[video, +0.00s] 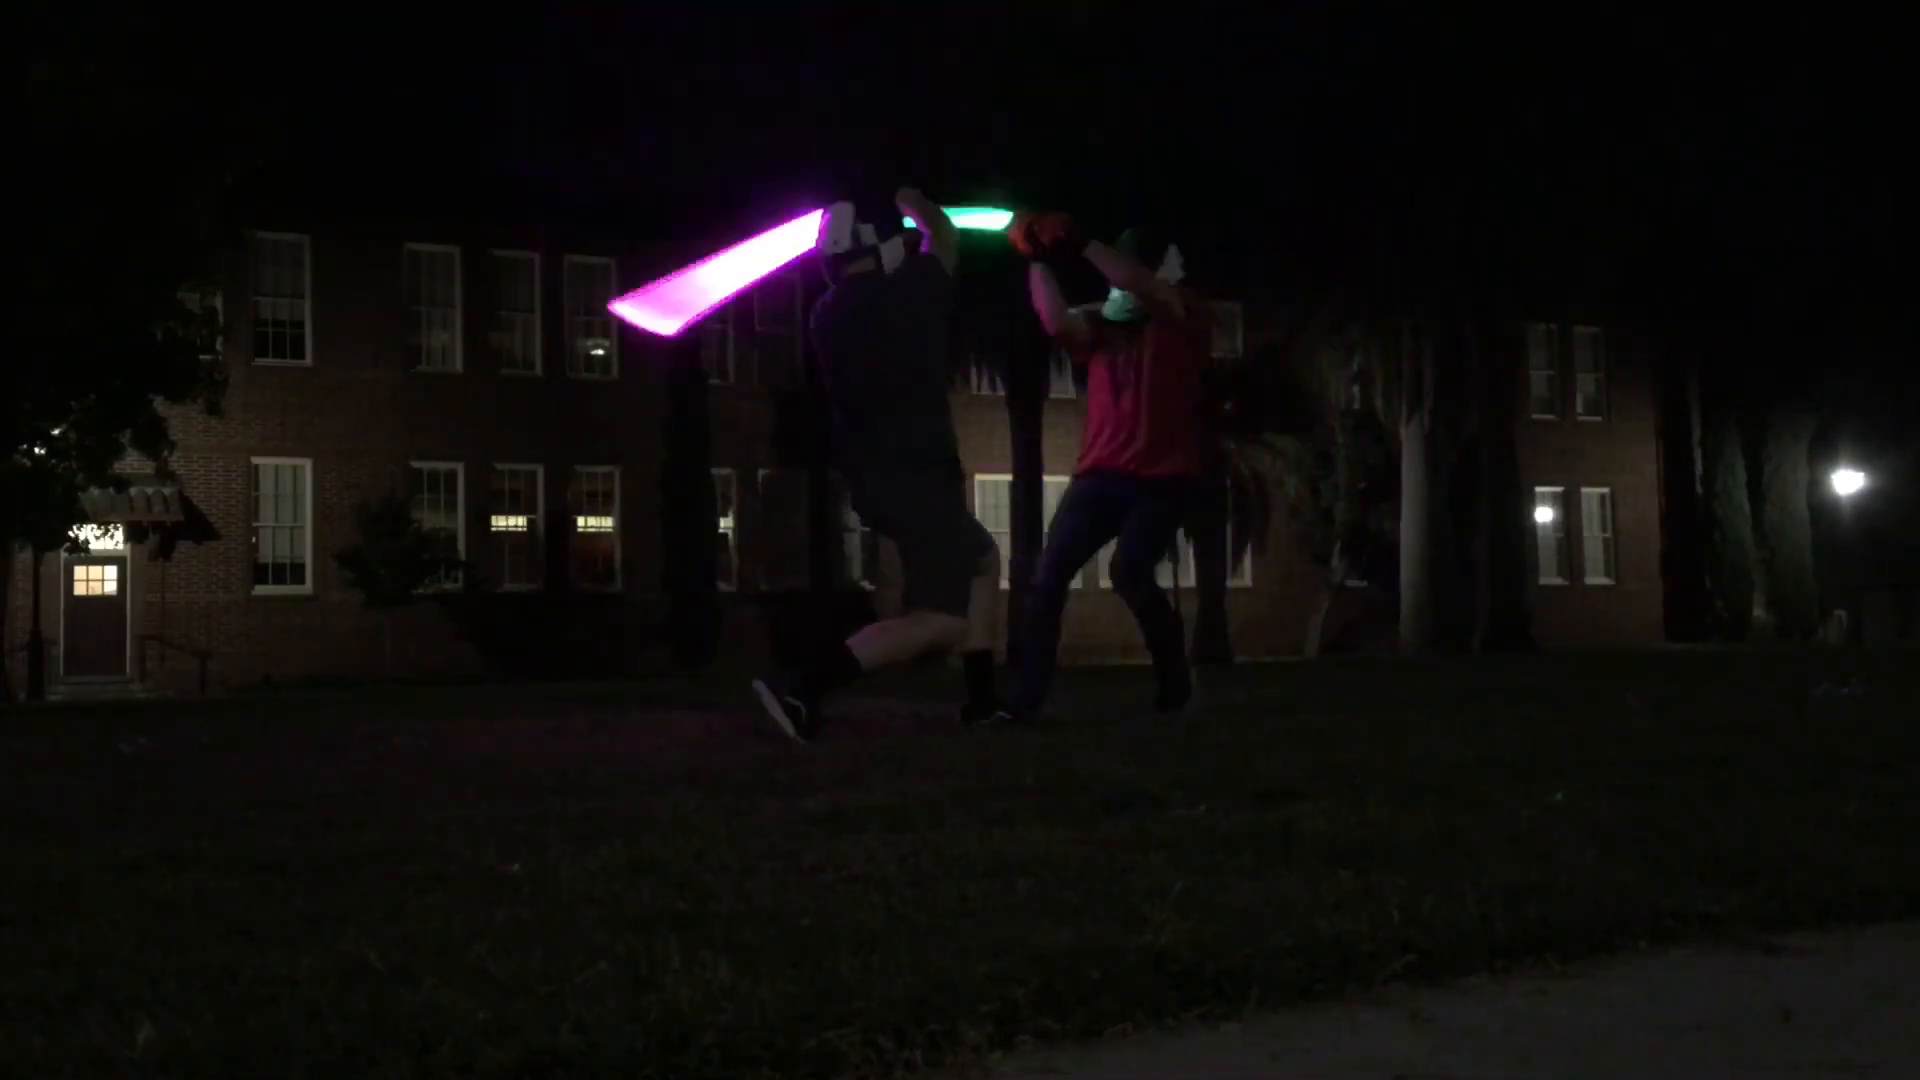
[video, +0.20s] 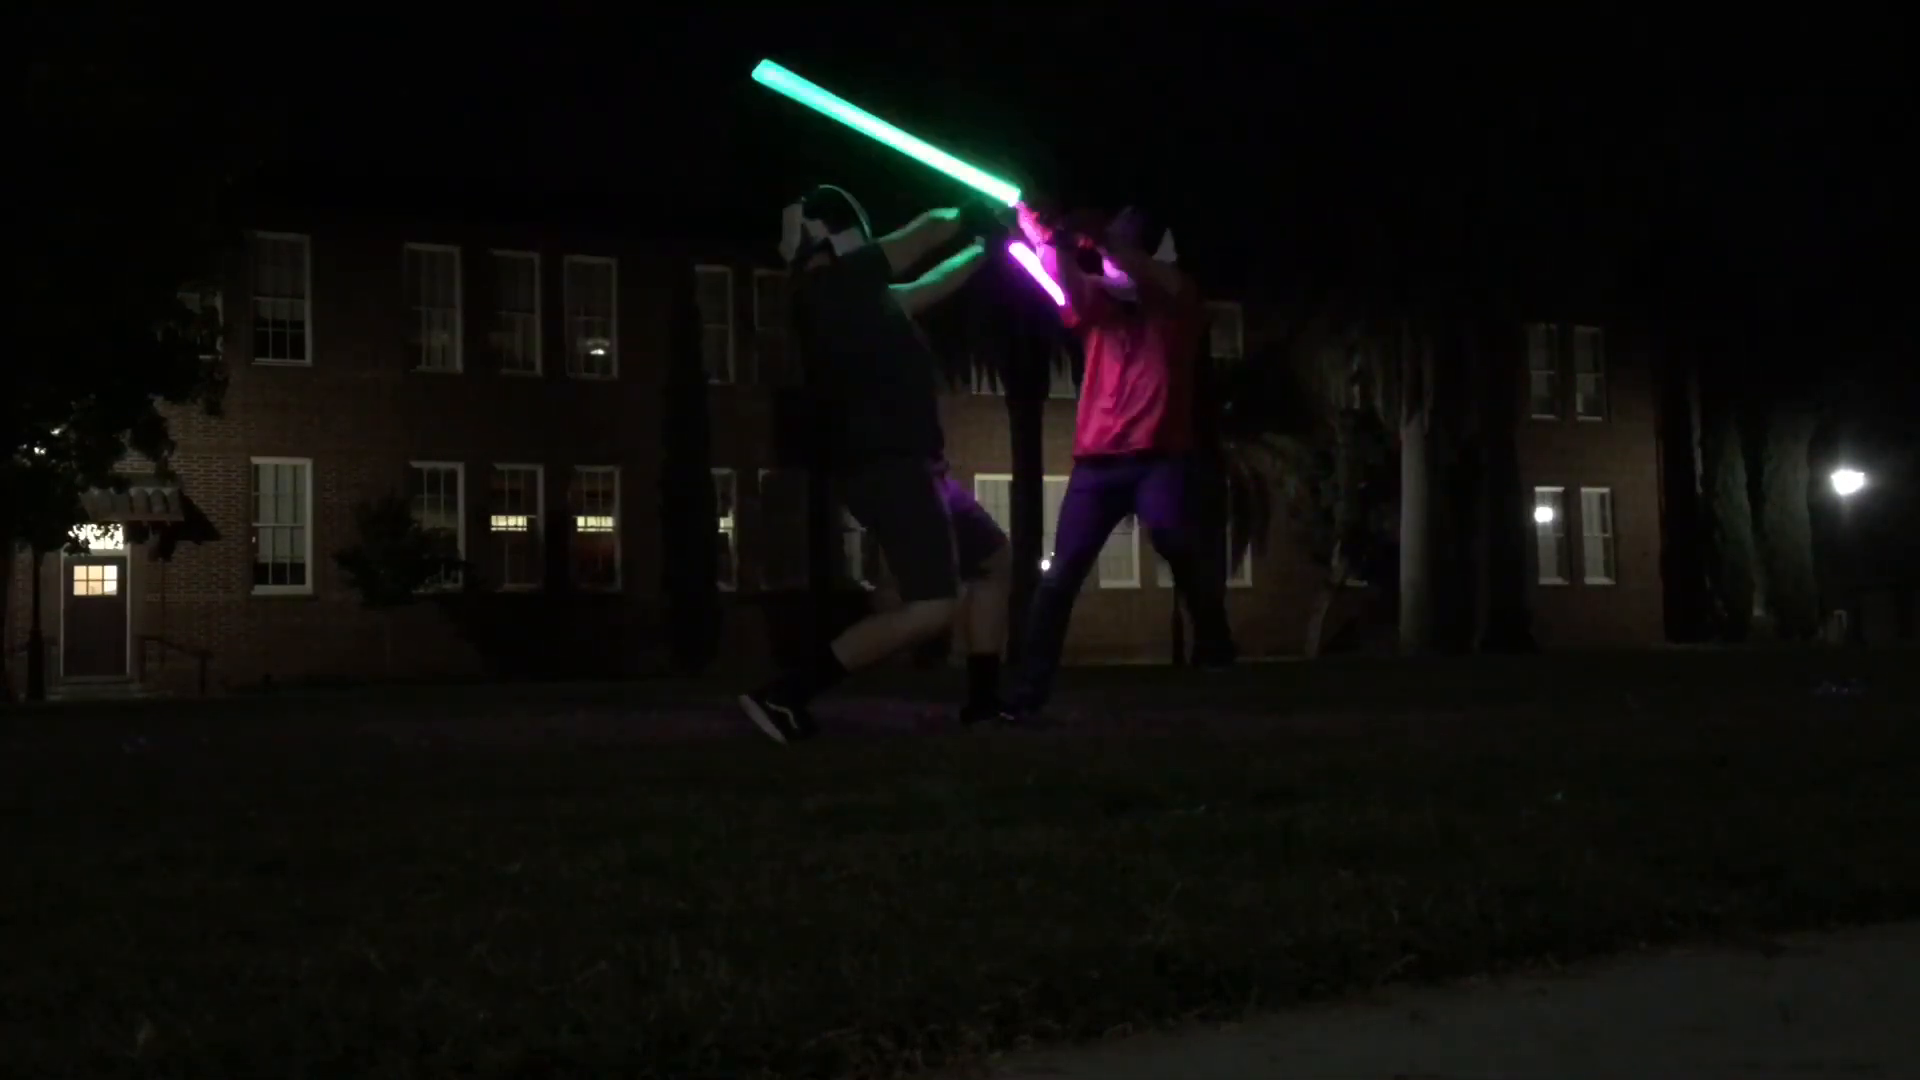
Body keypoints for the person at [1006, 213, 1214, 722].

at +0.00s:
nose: (1126, 290)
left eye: (1135, 280)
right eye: (1121, 280)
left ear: (1159, 279)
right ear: (1111, 280)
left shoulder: (1185, 321)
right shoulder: (1102, 326)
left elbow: (1141, 283)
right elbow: (1055, 321)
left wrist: (1076, 242)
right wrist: (1035, 258)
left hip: (1164, 477)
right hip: (1102, 476)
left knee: (1131, 575)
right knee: (1049, 575)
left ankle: (1176, 685)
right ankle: (1026, 699)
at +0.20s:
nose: (1111, 261)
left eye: (1121, 253)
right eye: (1108, 254)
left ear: (1152, 253)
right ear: (1108, 256)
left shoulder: (1178, 295)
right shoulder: (1103, 296)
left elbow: (1153, 280)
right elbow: (1075, 292)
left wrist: (1098, 241)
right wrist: (1056, 245)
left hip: (1163, 458)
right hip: (1099, 461)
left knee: (1179, 547)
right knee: (1060, 578)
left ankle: (1218, 657)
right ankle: (1026, 695)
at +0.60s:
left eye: (1269, 279)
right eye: (1252, 277)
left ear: (1278, 280)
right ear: (1228, 275)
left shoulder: (1283, 320)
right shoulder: (1204, 312)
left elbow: (1307, 334)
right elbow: (1152, 338)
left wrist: (1233, 304)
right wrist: (1166, 274)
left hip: (1260, 484)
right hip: (1194, 483)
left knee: (1298, 595)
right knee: (1139, 585)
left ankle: (1304, 694)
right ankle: (1054, 690)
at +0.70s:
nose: (1278, 302)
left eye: (1290, 295)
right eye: (1268, 293)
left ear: (1306, 284)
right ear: (1252, 279)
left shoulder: (1315, 317)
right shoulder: (1230, 312)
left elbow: (1333, 350)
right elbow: (1183, 349)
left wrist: (1278, 324)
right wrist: (1204, 295)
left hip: (1286, 479)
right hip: (1218, 475)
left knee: (1312, 589)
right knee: (1175, 578)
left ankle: (1304, 688)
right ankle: (1107, 683)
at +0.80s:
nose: (1299, 284)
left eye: (1310, 274)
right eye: (1290, 273)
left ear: (1327, 266)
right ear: (1276, 257)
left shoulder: (1340, 320)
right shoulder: (1242, 302)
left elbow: (1356, 386)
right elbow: (1202, 371)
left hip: (1304, 471)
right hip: (1236, 466)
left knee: (1318, 581)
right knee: (1207, 572)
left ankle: (1306, 685)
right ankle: (1159, 675)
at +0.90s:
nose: (1316, 271)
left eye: (1327, 261)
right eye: (1307, 260)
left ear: (1343, 251)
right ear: (1292, 244)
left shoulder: (1358, 307)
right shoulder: (1256, 291)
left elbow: (1383, 391)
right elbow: (1218, 366)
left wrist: (1374, 442)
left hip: (1322, 464)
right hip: (1249, 461)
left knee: (1324, 579)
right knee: (1225, 572)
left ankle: (1309, 686)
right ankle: (1209, 677)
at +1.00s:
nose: (1334, 251)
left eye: (1344, 241)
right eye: (1325, 239)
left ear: (1357, 240)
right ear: (1307, 233)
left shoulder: (1374, 302)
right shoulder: (1271, 289)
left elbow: (1398, 381)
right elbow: (1232, 366)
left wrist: (1414, 445)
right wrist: (1226, 434)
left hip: (1341, 459)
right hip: (1272, 457)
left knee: (1328, 572)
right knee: (1265, 566)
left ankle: (1314, 676)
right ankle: (1280, 663)